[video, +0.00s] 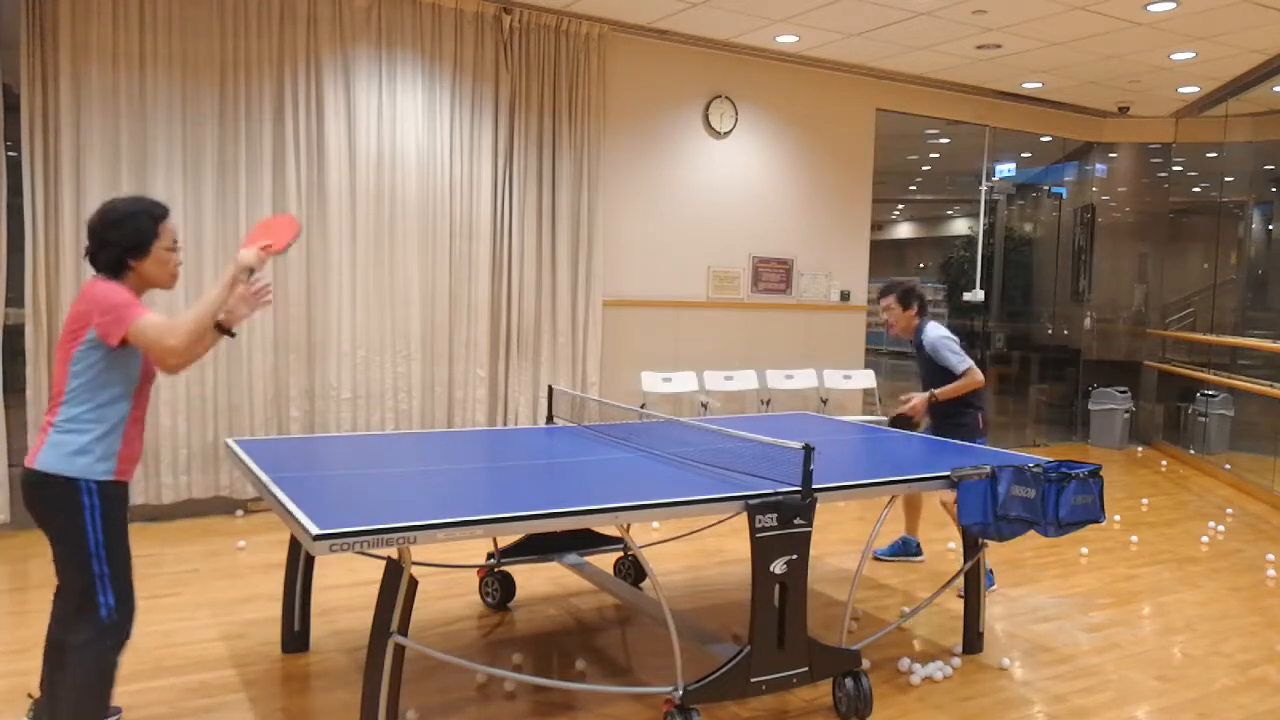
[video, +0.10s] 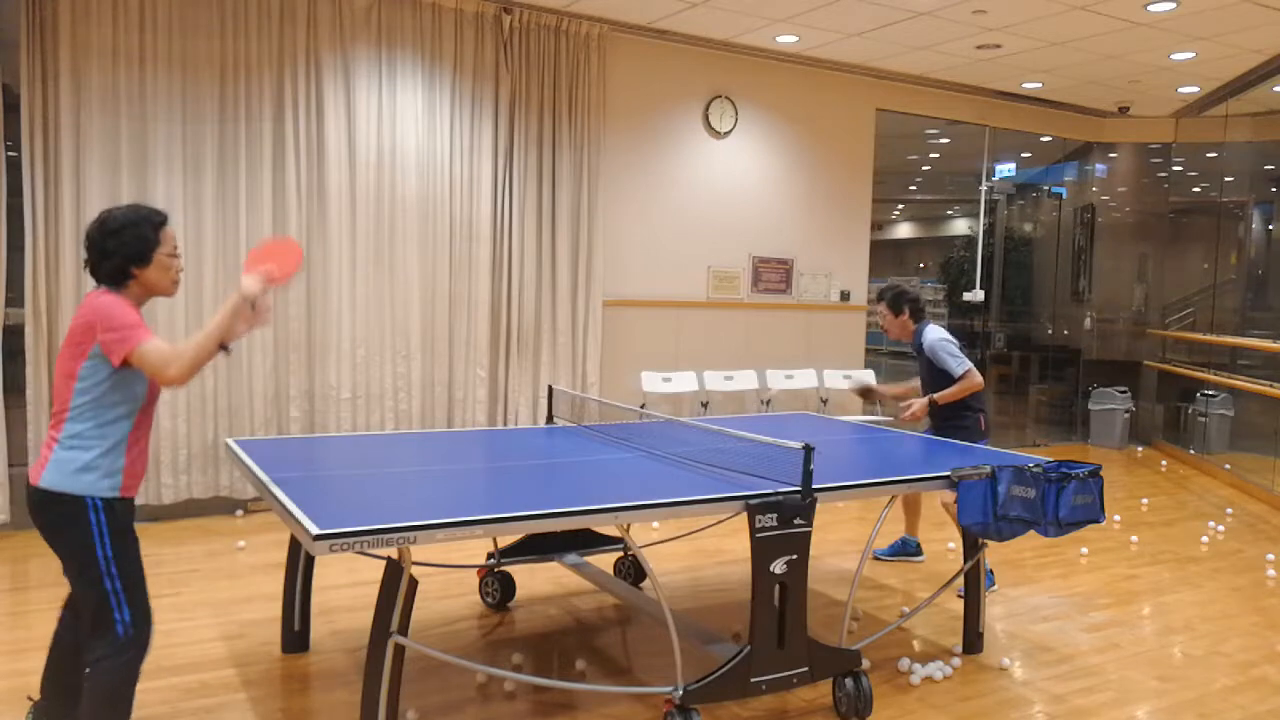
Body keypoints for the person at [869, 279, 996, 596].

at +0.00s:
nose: (885, 318)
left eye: (890, 310)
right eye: (883, 311)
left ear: (912, 309)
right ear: (908, 312)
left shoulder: (934, 336)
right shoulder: (919, 339)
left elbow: (975, 377)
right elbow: (941, 381)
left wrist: (930, 397)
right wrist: (923, 403)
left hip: (963, 430)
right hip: (939, 428)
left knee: (949, 497)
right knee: (909, 477)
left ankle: (981, 568)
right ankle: (910, 541)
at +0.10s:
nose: (881, 324)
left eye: (884, 317)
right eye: (880, 318)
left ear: (904, 314)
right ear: (904, 315)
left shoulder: (933, 339)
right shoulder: (922, 341)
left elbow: (974, 380)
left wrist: (930, 401)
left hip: (964, 435)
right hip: (941, 432)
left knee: (951, 500)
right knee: (909, 478)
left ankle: (981, 569)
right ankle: (910, 541)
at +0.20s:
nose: (881, 316)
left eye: (885, 309)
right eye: (881, 309)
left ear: (905, 309)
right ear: (904, 310)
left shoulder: (940, 333)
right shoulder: (905, 341)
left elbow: (980, 373)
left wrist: (936, 388)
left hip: (965, 426)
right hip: (934, 424)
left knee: (957, 495)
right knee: (907, 476)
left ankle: (980, 568)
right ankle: (910, 541)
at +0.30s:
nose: (887, 305)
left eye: (892, 298)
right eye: (886, 298)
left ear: (914, 299)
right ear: (905, 301)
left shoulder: (949, 326)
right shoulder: (895, 331)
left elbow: (985, 368)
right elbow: (865, 362)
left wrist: (948, 374)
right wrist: (836, 347)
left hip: (959, 425)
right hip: (924, 422)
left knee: (959, 489)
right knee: (900, 475)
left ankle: (976, 566)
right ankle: (908, 541)